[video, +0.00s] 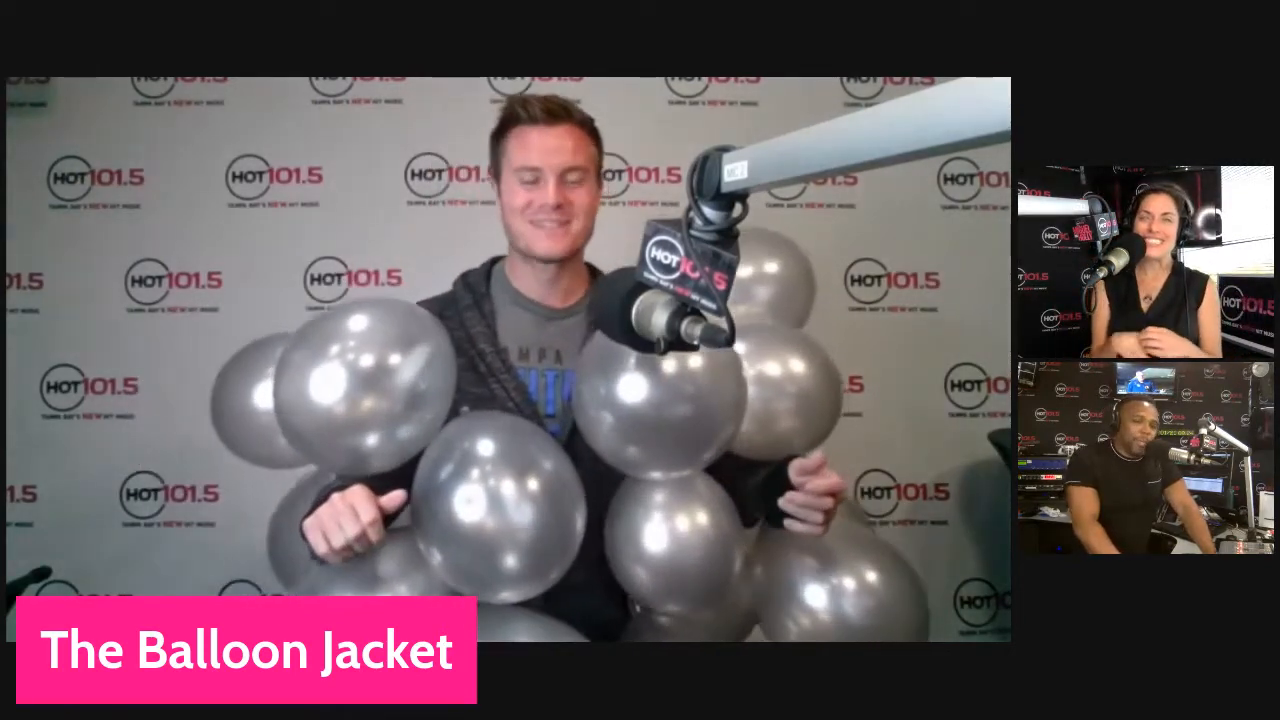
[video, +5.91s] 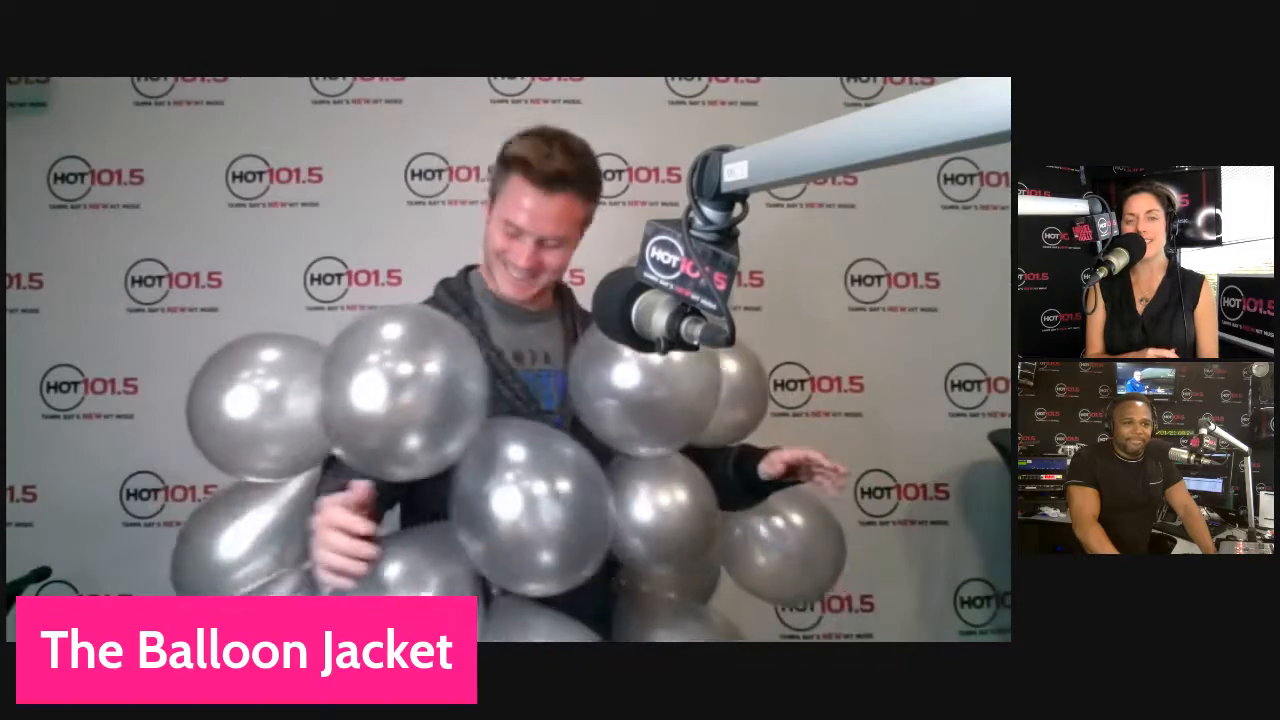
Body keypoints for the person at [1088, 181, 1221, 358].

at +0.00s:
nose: (1153, 227)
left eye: (1166, 219)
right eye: (1144, 217)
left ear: (1181, 228)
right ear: (1131, 223)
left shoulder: (1201, 287)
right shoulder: (1108, 285)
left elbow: (1215, 361)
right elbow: (1096, 356)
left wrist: (1184, 347)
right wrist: (1114, 343)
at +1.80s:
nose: (1150, 231)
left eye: (1163, 222)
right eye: (1141, 220)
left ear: (1177, 230)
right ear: (1127, 224)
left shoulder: (1198, 286)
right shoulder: (1104, 286)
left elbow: (1211, 361)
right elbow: (1094, 355)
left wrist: (1162, 344)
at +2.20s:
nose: (1148, 228)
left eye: (1162, 220)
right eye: (1140, 218)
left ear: (1176, 230)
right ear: (1128, 223)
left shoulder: (1198, 285)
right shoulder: (1104, 285)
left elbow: (1210, 360)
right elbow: (1094, 355)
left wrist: (1163, 345)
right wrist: (1113, 349)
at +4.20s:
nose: (1140, 228)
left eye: (1152, 218)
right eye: (1130, 220)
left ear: (1168, 225)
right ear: (1120, 228)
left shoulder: (1197, 287)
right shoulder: (1101, 289)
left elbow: (1210, 364)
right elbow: (1094, 359)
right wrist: (1136, 356)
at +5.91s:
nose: (1140, 228)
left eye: (1152, 218)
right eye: (1130, 220)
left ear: (1168, 223)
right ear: (1120, 227)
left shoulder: (1196, 288)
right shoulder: (1101, 289)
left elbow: (1209, 367)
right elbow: (1093, 359)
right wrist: (1138, 357)